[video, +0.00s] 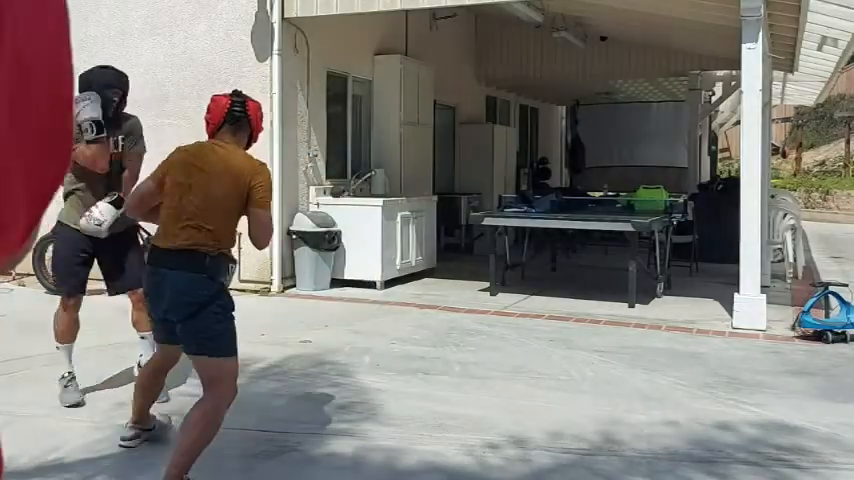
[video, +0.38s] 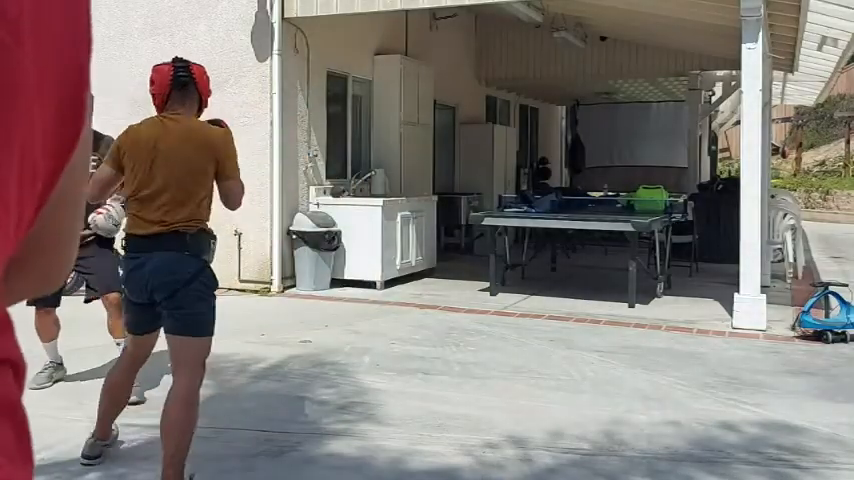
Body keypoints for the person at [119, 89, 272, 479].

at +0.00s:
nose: (255, 135)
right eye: (255, 129)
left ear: (211, 125)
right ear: (251, 130)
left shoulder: (181, 155)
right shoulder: (254, 170)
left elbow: (134, 204)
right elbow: (261, 238)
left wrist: (171, 217)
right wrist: (251, 201)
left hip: (158, 272)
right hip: (201, 280)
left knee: (166, 352)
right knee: (220, 389)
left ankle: (139, 422)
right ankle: (174, 473)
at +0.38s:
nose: (205, 101)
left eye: (200, 96)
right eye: (204, 96)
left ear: (157, 96)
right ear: (200, 96)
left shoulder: (132, 136)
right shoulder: (215, 138)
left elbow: (94, 192)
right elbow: (233, 200)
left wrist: (126, 170)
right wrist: (222, 140)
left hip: (136, 259)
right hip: (186, 261)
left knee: (132, 353)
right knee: (187, 378)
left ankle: (99, 436)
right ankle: (172, 474)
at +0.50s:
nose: (184, 103)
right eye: (184, 97)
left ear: (140, 99)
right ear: (183, 98)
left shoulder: (120, 137)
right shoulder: (202, 138)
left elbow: (84, 197)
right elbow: (221, 197)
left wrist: (120, 171)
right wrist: (207, 142)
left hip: (126, 258)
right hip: (177, 260)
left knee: (124, 346)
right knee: (183, 374)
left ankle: (95, 434)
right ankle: (175, 473)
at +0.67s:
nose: (138, 114)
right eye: (136, 108)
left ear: (94, 117)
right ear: (135, 113)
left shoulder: (85, 157)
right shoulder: (164, 144)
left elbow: (69, 222)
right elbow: (219, 167)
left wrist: (98, 195)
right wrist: (183, 150)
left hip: (114, 269)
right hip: (165, 263)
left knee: (109, 345)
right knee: (191, 365)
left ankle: (83, 425)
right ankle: (195, 456)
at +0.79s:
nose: (127, 132)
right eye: (122, 128)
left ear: (81, 140)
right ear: (104, 133)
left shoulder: (78, 171)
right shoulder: (127, 149)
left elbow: (85, 228)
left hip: (119, 262)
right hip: (168, 256)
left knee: (99, 340)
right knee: (182, 358)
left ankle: (82, 426)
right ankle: (197, 442)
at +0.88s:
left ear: (77, 123)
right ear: (97, 120)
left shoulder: (69, 170)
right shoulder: (124, 147)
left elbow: (85, 237)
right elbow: (144, 152)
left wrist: (65, 232)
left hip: (121, 256)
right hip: (169, 248)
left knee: (101, 339)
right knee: (186, 352)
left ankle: (83, 425)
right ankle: (212, 421)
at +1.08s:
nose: (90, 125)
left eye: (89, 118)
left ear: (89, 113)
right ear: (121, 106)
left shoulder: (87, 144)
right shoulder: (154, 130)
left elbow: (72, 213)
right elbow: (180, 165)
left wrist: (93, 191)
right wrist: (140, 165)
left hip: (121, 249)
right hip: (172, 244)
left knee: (107, 336)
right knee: (199, 346)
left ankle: (83, 426)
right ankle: (223, 433)